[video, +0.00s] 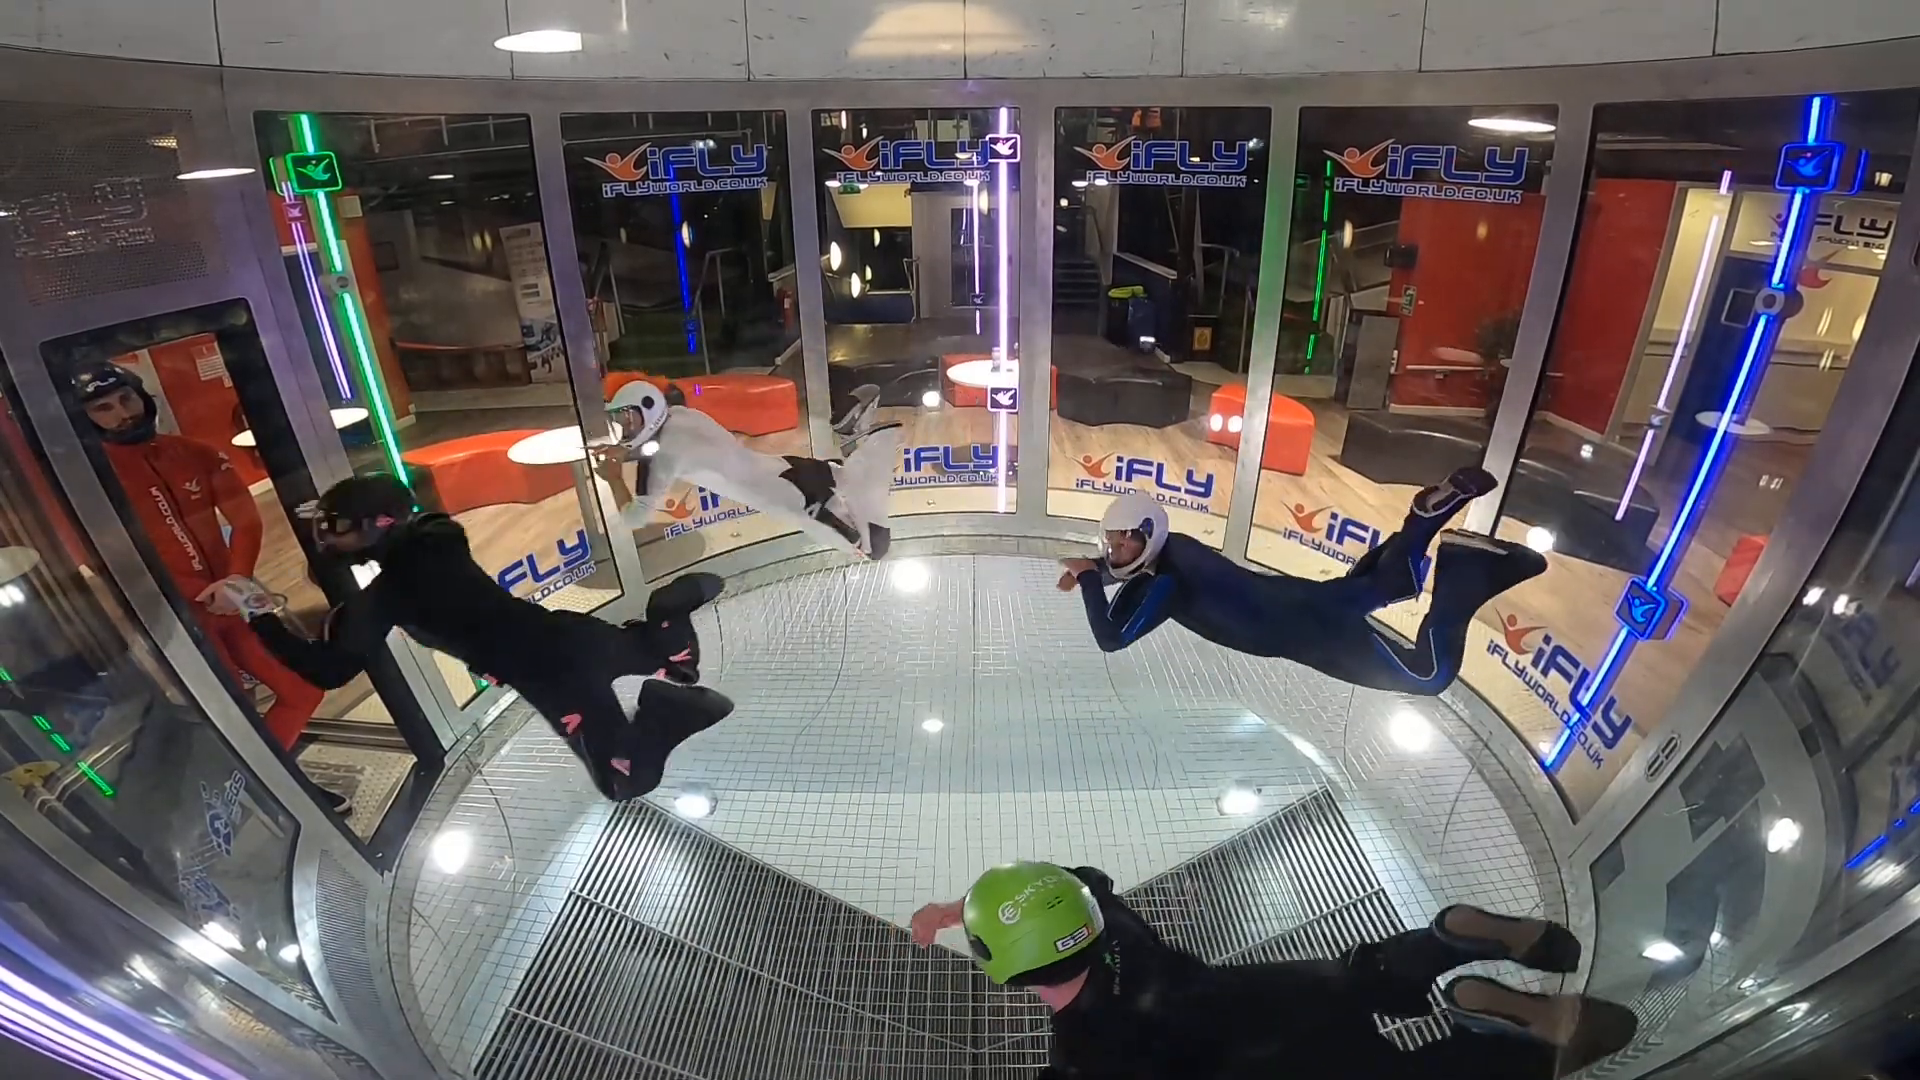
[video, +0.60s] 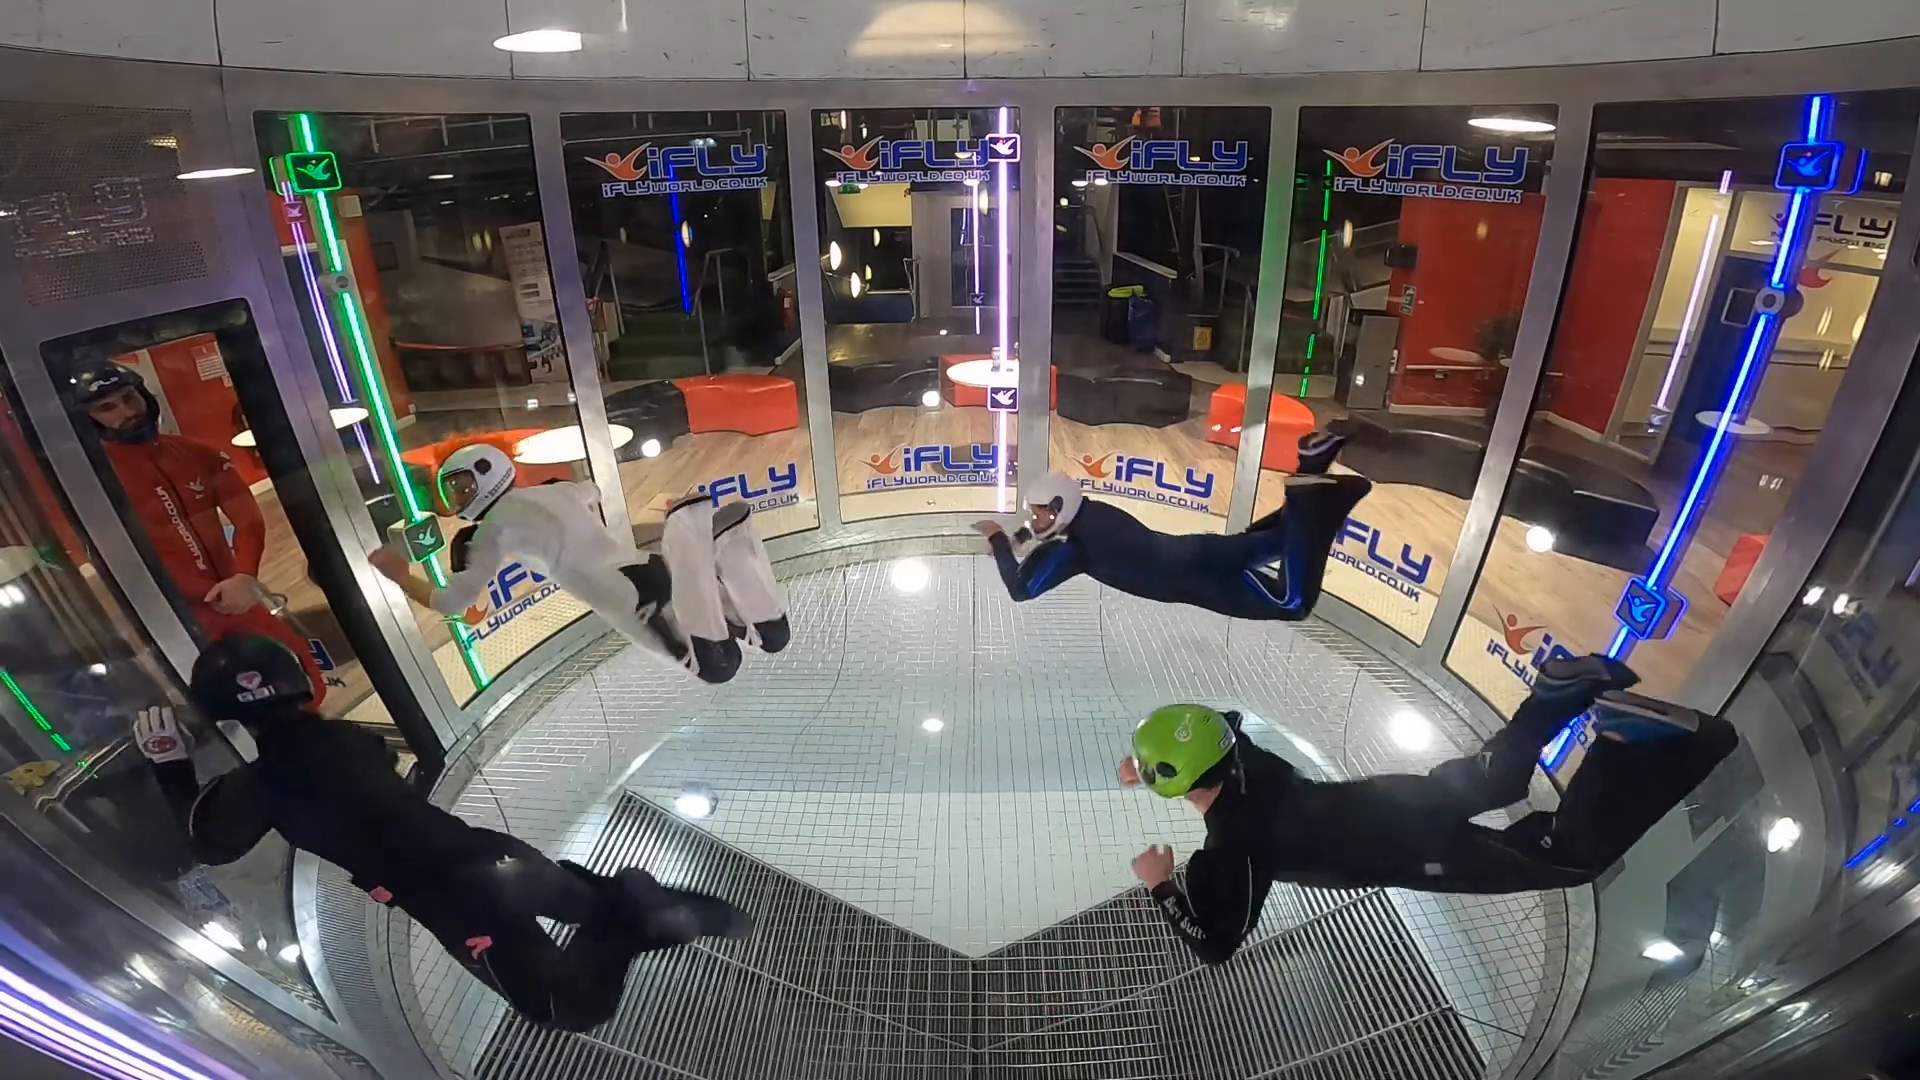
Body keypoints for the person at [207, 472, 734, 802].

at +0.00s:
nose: (336, 540)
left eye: (343, 528)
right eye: (333, 529)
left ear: (380, 526)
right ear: (392, 519)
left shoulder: (393, 589)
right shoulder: (433, 536)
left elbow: (329, 668)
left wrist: (259, 618)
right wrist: (334, 533)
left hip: (551, 675)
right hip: (568, 632)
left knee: (624, 779)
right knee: (645, 655)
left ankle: (665, 711)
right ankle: (678, 613)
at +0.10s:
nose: (272, 568)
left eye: (280, 556)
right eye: (272, 555)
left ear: (308, 561)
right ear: (344, 542)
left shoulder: (333, 628)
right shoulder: (387, 567)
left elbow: (295, 704)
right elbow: (348, 612)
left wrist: (219, 664)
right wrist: (278, 599)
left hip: (512, 704)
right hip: (532, 657)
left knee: (582, 811)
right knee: (605, 690)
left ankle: (634, 743)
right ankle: (644, 653)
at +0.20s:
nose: (217, 578)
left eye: (229, 568)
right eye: (220, 565)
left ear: (262, 580)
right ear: (283, 572)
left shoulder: (286, 661)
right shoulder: (325, 602)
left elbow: (263, 750)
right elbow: (374, 623)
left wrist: (182, 731)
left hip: (476, 739)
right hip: (489, 694)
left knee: (556, 853)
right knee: (564, 721)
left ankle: (613, 778)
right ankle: (609, 706)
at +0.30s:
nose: (194, 634)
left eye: (195, 623)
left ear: (212, 639)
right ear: (265, 604)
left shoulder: (252, 697)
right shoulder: (294, 643)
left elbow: (217, 785)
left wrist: (162, 728)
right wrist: (194, 701)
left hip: (440, 787)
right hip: (456, 740)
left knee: (543, 885)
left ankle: (598, 817)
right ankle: (584, 749)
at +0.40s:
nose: (261, 613)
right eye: (245, 610)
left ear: (196, 661)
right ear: (245, 623)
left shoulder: (230, 725)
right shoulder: (285, 673)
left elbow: (199, 811)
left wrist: (162, 739)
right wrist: (181, 714)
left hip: (406, 826)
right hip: (428, 784)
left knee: (555, 927)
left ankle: (577, 831)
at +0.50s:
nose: (267, 624)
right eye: (251, 622)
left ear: (207, 680)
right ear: (245, 652)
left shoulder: (240, 749)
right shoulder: (296, 717)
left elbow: (205, 835)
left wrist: (169, 765)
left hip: (414, 860)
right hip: (440, 825)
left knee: (549, 965)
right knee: (558, 886)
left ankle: (600, 872)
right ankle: (613, 861)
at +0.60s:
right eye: (289, 661)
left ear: (239, 703)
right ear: (284, 678)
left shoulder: (265, 776)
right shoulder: (338, 734)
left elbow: (211, 839)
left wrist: (170, 767)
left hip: (442, 890)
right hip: (479, 845)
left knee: (555, 998)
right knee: (596, 899)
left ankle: (623, 935)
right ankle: (686, 914)